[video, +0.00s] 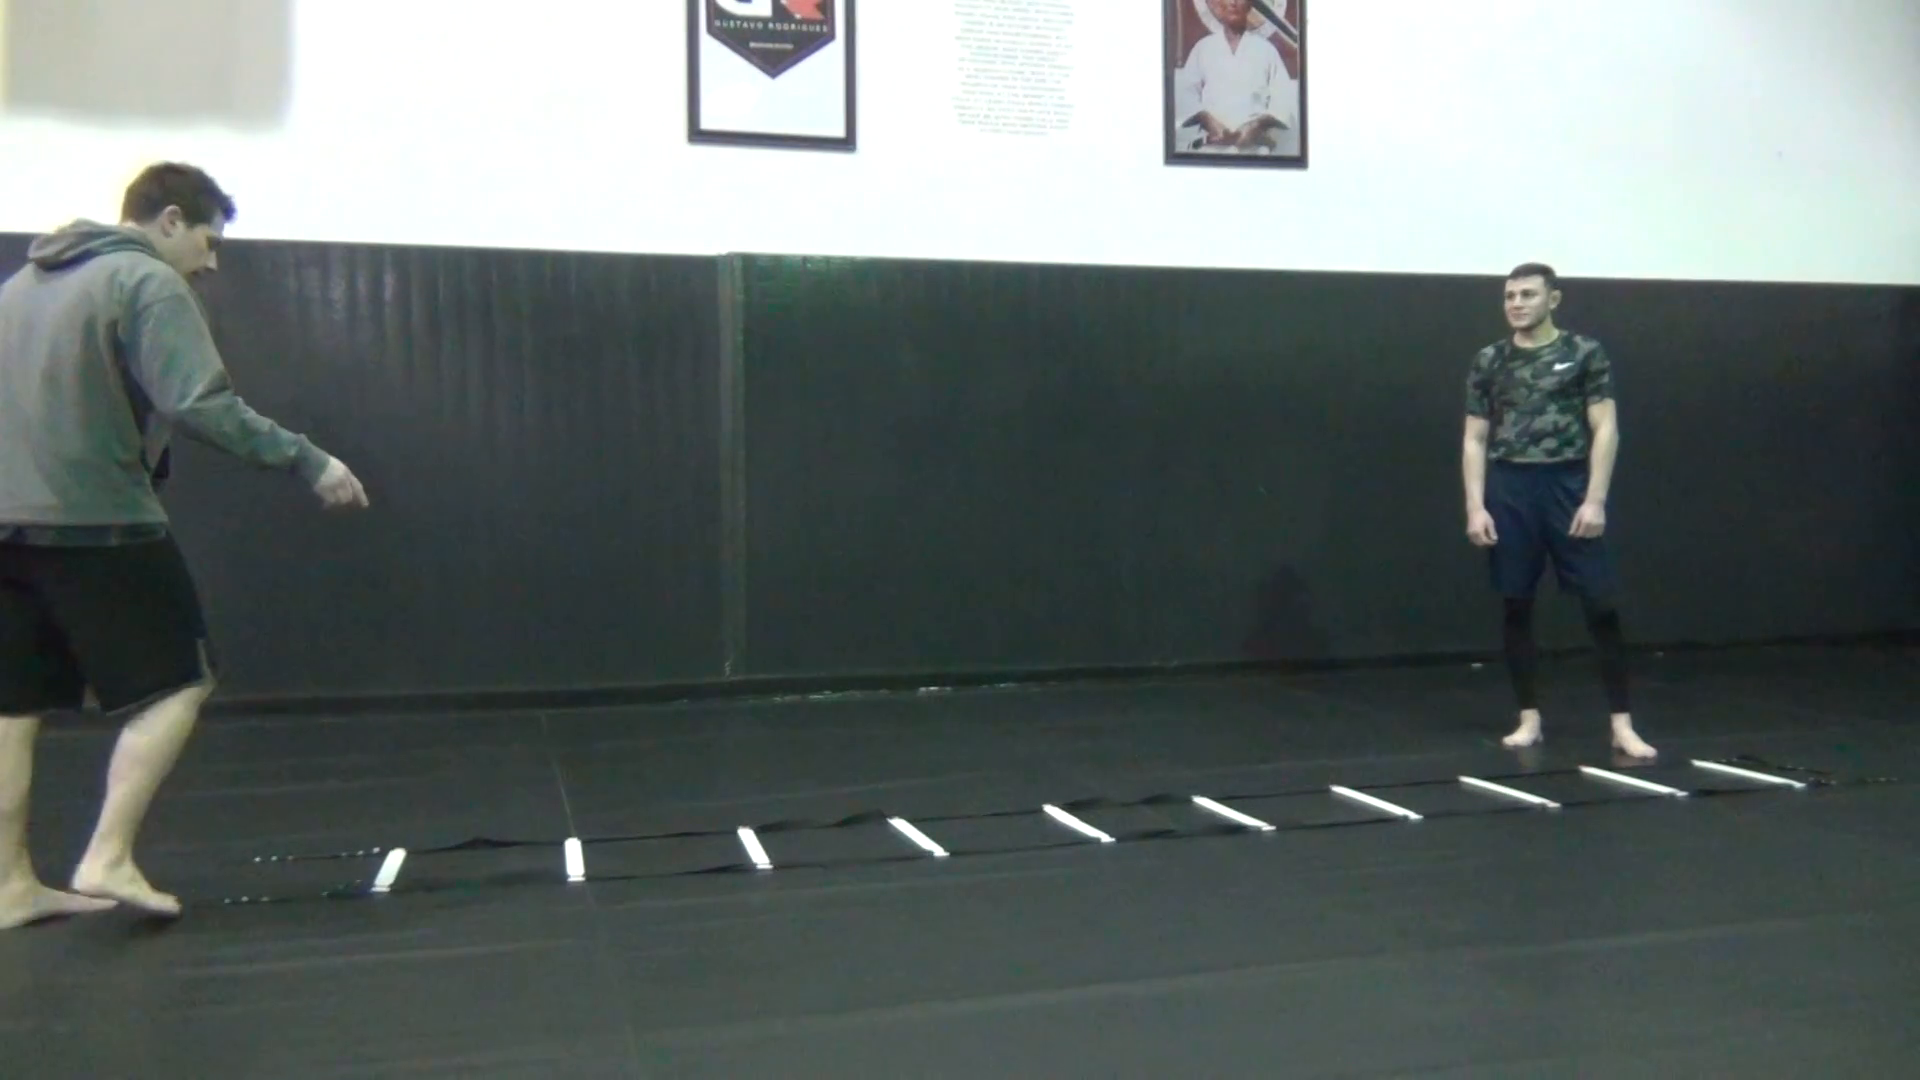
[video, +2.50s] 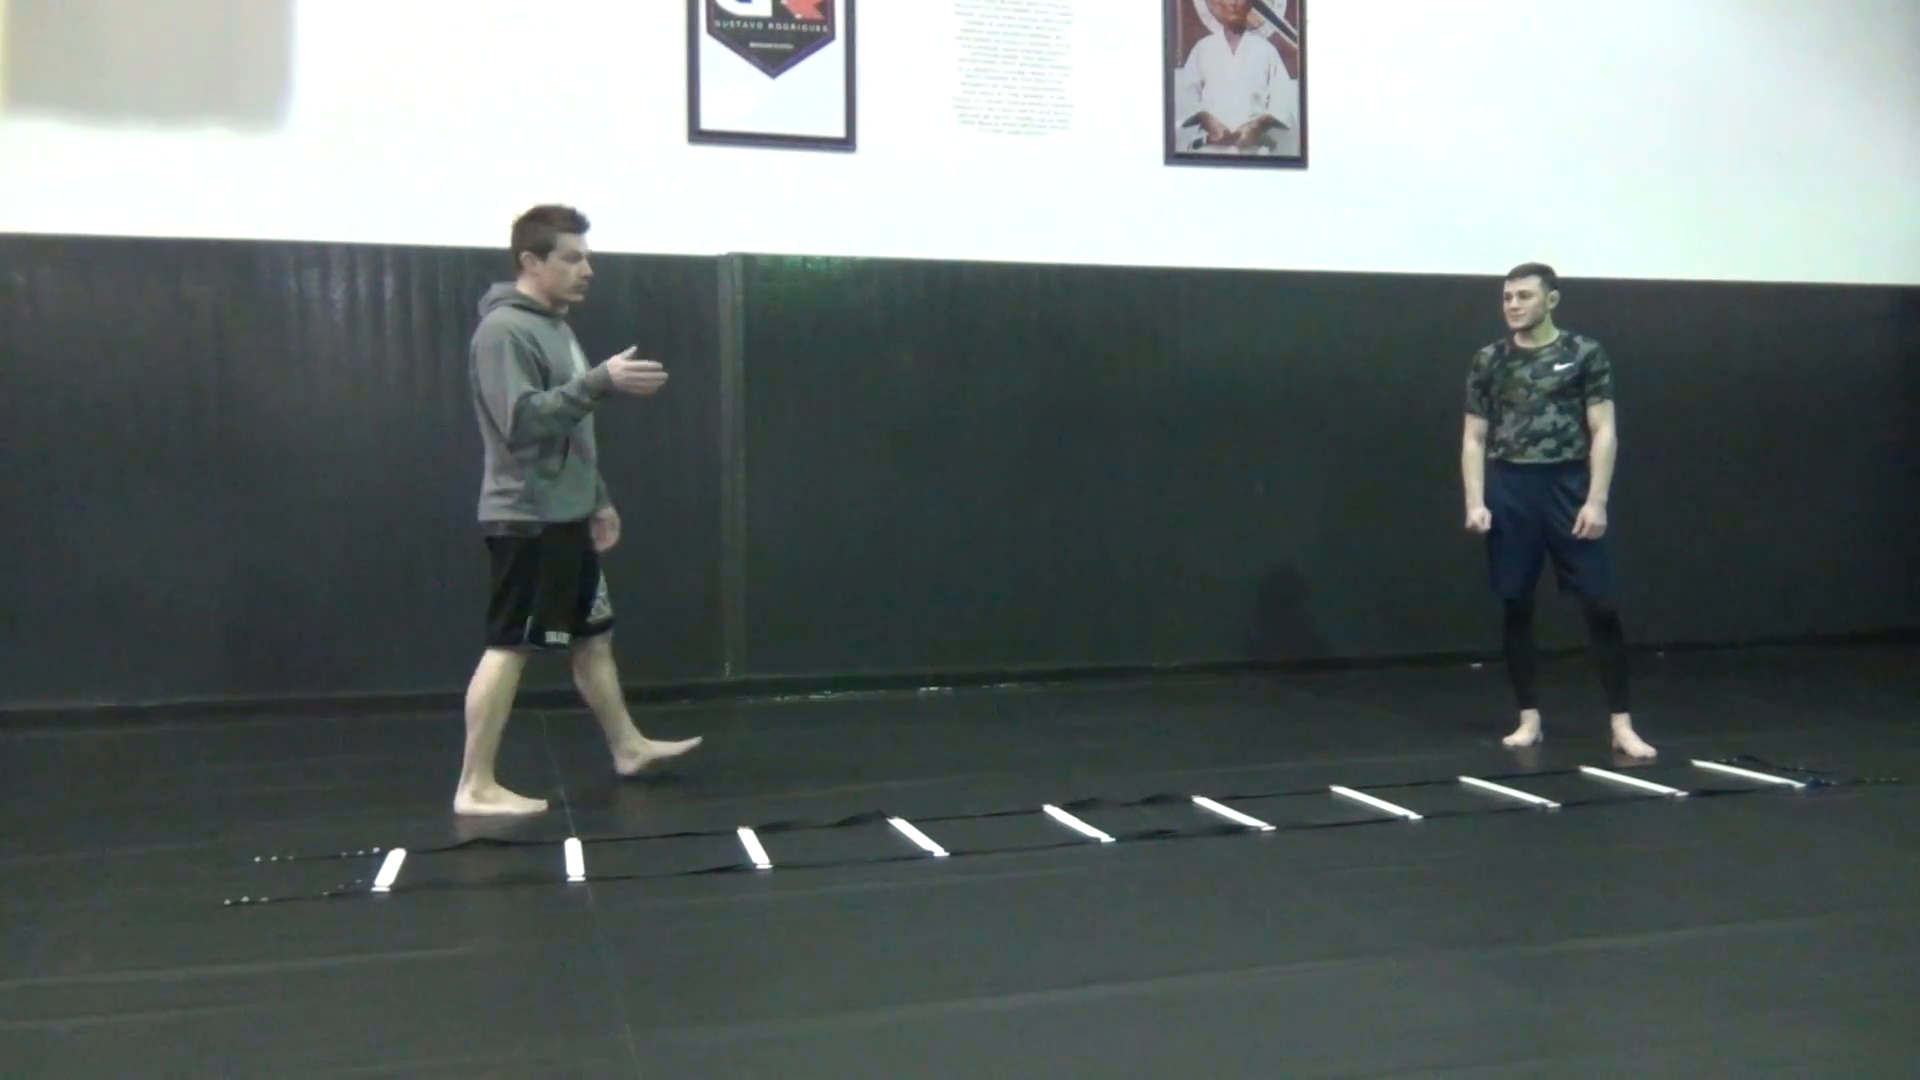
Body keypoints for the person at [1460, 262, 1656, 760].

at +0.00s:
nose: (1516, 304)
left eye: (1528, 295)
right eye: (1510, 297)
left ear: (1553, 299)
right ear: (1504, 303)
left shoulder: (1586, 353)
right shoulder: (1489, 361)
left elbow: (1605, 428)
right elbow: (1474, 438)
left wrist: (1595, 499)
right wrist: (1475, 506)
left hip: (1571, 491)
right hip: (1509, 492)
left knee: (1601, 604)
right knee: (1515, 605)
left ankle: (1621, 724)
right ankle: (1528, 718)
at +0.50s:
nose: (1516, 305)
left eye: (1527, 296)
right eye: (1510, 298)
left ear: (1552, 299)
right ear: (1503, 304)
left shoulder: (1585, 353)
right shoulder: (1489, 361)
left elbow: (1604, 428)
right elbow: (1475, 438)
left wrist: (1595, 499)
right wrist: (1475, 506)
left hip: (1570, 490)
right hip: (1509, 491)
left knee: (1601, 603)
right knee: (1515, 605)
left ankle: (1621, 724)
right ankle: (1528, 718)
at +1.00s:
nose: (1514, 304)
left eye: (1525, 296)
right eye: (1508, 297)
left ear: (1551, 300)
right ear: (1502, 304)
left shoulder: (1585, 354)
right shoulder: (1488, 361)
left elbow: (1604, 429)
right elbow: (1475, 439)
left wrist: (1595, 500)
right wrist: (1475, 507)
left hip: (1570, 490)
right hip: (1510, 491)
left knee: (1600, 604)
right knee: (1515, 605)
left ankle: (1621, 724)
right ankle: (1528, 718)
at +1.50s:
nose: (1513, 304)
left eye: (1524, 295)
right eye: (1508, 297)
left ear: (1552, 300)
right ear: (1503, 303)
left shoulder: (1586, 353)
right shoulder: (1488, 360)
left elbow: (1605, 427)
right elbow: (1473, 437)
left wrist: (1595, 499)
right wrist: (1472, 505)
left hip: (1570, 491)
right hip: (1509, 491)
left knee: (1601, 604)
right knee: (1516, 603)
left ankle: (1621, 723)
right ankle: (1528, 717)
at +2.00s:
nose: (1514, 304)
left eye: (1525, 296)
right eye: (1509, 297)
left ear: (1552, 300)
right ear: (1504, 304)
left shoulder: (1586, 353)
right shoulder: (1489, 360)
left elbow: (1605, 429)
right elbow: (1473, 437)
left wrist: (1596, 499)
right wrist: (1472, 502)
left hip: (1570, 490)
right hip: (1508, 491)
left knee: (1602, 604)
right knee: (1515, 605)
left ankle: (1621, 724)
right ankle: (1528, 718)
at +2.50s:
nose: (1513, 305)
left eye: (1524, 296)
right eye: (1508, 298)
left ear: (1551, 300)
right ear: (1503, 304)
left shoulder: (1586, 353)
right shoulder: (1489, 361)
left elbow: (1603, 431)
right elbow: (1474, 437)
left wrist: (1597, 499)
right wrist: (1474, 499)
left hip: (1570, 489)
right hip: (1509, 491)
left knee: (1600, 603)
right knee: (1515, 604)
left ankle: (1620, 723)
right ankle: (1528, 717)